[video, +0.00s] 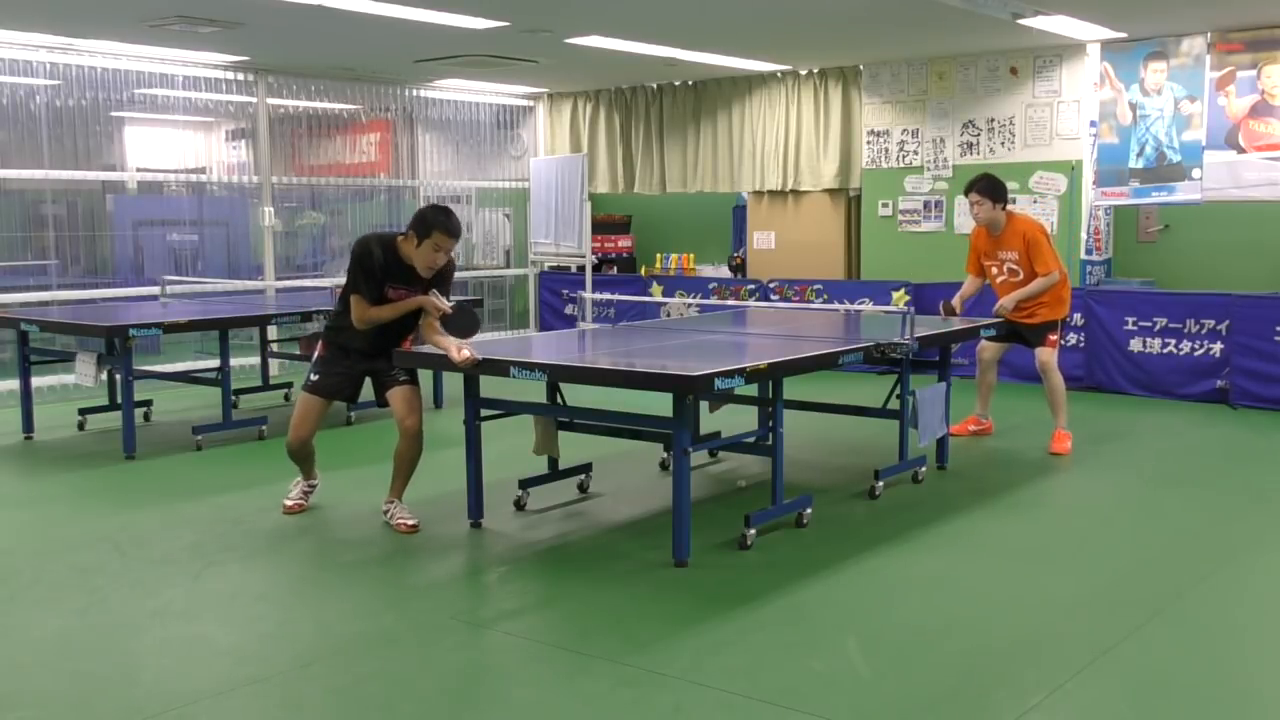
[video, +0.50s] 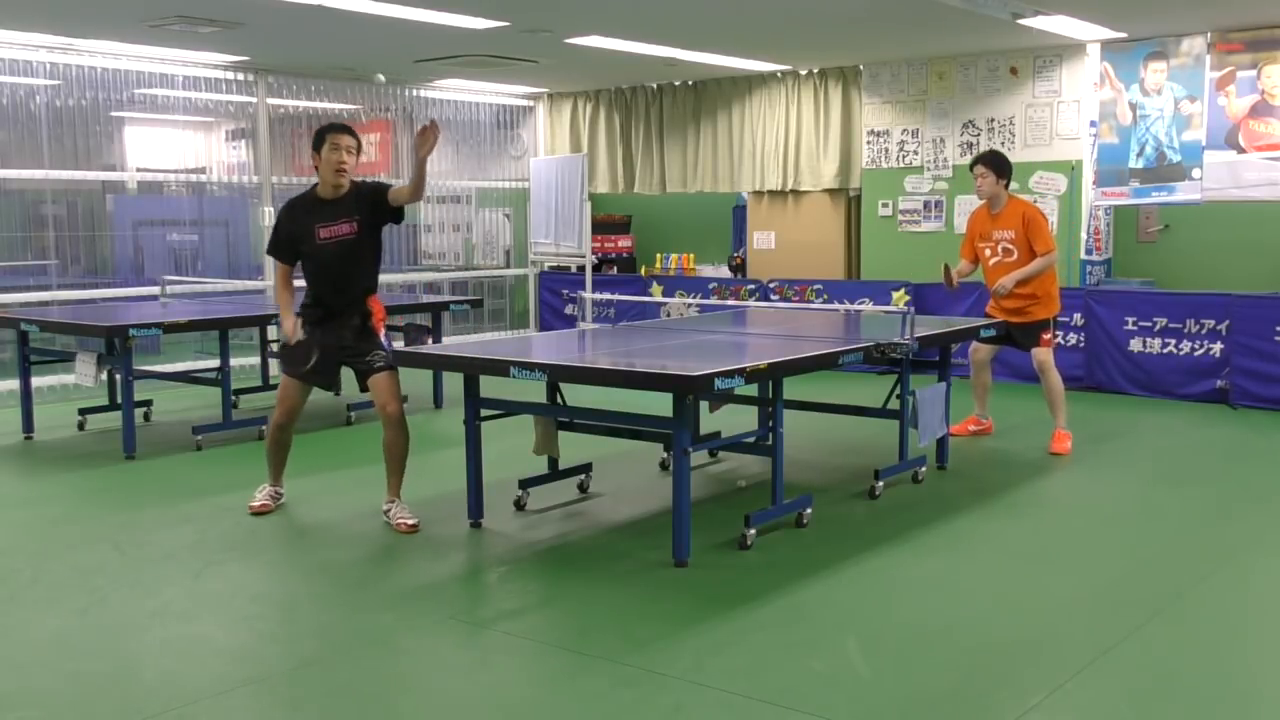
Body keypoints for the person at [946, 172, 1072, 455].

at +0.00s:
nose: (974, 211)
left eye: (980, 204)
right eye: (971, 204)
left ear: (999, 205)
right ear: (971, 206)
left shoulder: (1029, 230)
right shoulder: (979, 235)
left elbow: (1053, 275)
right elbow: (977, 276)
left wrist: (1015, 296)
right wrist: (958, 298)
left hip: (1046, 306)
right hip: (1011, 308)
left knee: (1045, 362)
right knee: (985, 353)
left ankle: (1061, 429)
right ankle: (982, 418)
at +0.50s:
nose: (977, 183)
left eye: (983, 177)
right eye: (975, 177)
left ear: (1002, 179)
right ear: (975, 181)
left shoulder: (1028, 213)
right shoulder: (977, 218)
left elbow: (1050, 256)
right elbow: (970, 260)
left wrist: (1014, 277)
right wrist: (956, 273)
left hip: (1037, 306)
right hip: (1000, 306)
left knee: (1042, 360)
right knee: (978, 355)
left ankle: (1061, 429)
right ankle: (981, 419)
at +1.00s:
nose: (998, 191)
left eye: (1004, 185)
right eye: (995, 186)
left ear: (1023, 189)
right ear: (994, 189)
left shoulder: (1049, 224)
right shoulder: (991, 224)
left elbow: (1066, 271)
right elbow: (974, 262)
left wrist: (1031, 288)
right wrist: (950, 277)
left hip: (1050, 313)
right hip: (1009, 313)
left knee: (1060, 368)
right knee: (979, 359)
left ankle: (1078, 434)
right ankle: (981, 419)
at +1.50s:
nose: (977, 211)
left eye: (982, 205)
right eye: (975, 205)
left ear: (1003, 206)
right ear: (973, 206)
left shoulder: (1029, 234)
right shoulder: (970, 238)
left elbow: (1050, 280)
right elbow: (926, 255)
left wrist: (1016, 292)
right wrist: (927, 276)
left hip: (1035, 322)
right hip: (993, 321)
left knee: (1051, 374)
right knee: (953, 361)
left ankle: (1076, 433)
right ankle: (947, 427)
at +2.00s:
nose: (1001, 184)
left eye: (1008, 178)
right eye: (999, 179)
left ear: (1027, 181)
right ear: (999, 182)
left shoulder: (1052, 216)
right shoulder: (999, 220)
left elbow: (1076, 256)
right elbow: (975, 256)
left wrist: (1046, 271)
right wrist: (945, 261)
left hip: (1053, 312)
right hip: (1015, 311)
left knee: (1058, 368)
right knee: (988, 355)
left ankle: (1075, 424)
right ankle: (957, 417)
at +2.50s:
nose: (1054, 196)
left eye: (1060, 190)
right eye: (1052, 191)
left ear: (1079, 192)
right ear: (1051, 195)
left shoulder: (1109, 218)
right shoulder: (1044, 231)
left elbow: (1143, 236)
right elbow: (1002, 242)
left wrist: (1143, 272)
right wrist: (968, 233)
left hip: (1120, 307)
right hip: (1076, 311)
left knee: (1138, 361)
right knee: (1044, 359)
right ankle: (1030, 407)